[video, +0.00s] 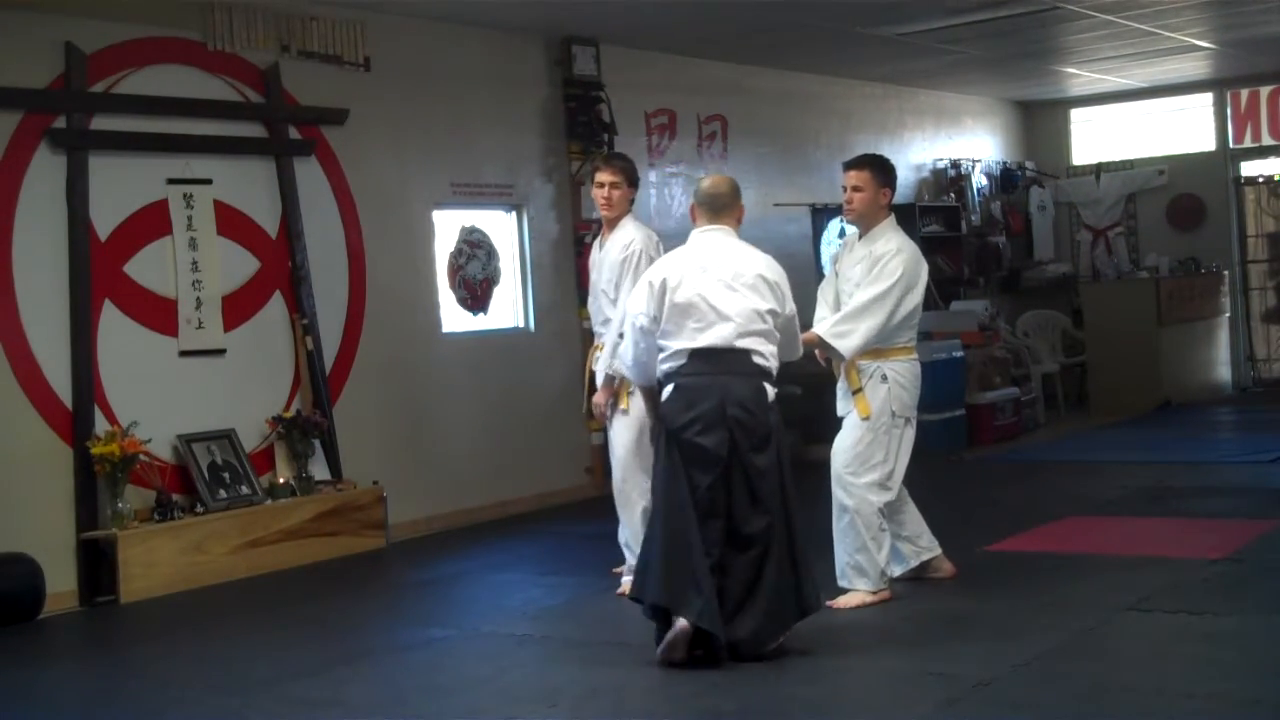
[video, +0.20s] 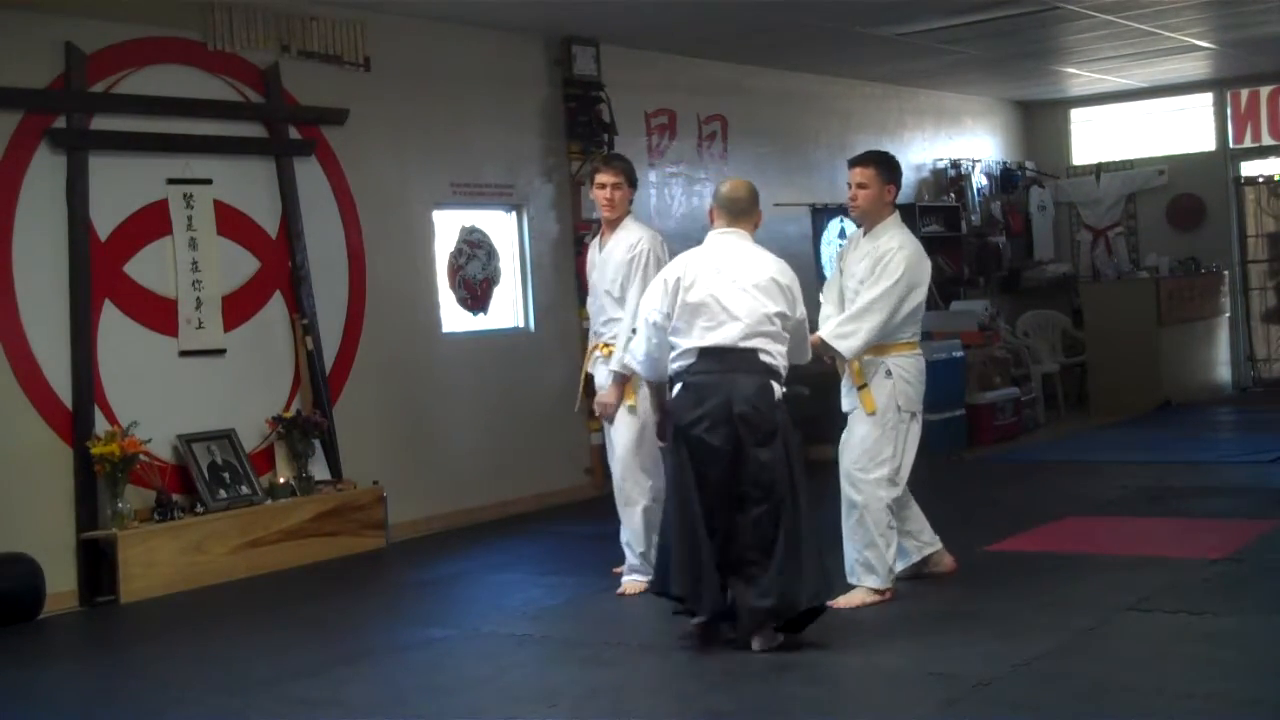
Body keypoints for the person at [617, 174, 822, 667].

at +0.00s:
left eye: (695, 210)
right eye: (740, 213)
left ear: (692, 214)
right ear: (740, 215)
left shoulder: (663, 270)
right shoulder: (767, 267)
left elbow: (638, 352)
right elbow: (791, 347)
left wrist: (656, 405)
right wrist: (756, 361)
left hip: (688, 385)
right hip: (750, 384)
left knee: (690, 507)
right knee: (754, 506)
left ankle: (686, 612)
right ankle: (755, 625)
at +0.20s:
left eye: (710, 212)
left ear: (711, 216)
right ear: (758, 219)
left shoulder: (678, 269)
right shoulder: (779, 271)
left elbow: (648, 348)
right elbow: (799, 350)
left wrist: (663, 404)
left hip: (696, 388)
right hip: (757, 387)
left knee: (701, 503)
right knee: (761, 503)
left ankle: (705, 612)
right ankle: (763, 624)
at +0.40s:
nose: (710, 236)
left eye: (710, 230)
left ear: (713, 233)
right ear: (758, 237)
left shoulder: (683, 285)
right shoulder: (779, 285)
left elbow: (651, 350)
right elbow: (807, 357)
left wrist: (640, 408)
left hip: (699, 394)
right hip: (758, 393)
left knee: (709, 499)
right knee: (762, 502)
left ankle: (727, 600)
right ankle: (760, 611)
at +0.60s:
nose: (700, 247)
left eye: (698, 242)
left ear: (701, 243)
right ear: (743, 244)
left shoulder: (679, 288)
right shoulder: (768, 283)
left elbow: (640, 338)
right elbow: (816, 353)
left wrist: (617, 386)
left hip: (707, 386)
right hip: (762, 384)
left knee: (716, 489)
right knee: (774, 487)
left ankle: (731, 584)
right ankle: (778, 562)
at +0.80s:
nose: (696, 246)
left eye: (697, 241)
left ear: (702, 242)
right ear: (741, 244)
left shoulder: (686, 284)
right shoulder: (771, 275)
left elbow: (628, 316)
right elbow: (822, 321)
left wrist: (585, 316)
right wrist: (853, 370)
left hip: (728, 380)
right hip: (779, 379)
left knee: (730, 482)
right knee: (788, 477)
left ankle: (734, 582)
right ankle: (793, 567)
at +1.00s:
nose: (704, 253)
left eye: (706, 246)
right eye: (706, 246)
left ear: (717, 247)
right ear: (748, 249)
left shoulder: (703, 283)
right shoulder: (780, 282)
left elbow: (637, 327)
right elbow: (819, 340)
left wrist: (606, 321)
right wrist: (837, 380)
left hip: (754, 383)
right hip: (801, 377)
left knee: (742, 477)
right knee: (787, 476)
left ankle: (753, 569)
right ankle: (799, 559)